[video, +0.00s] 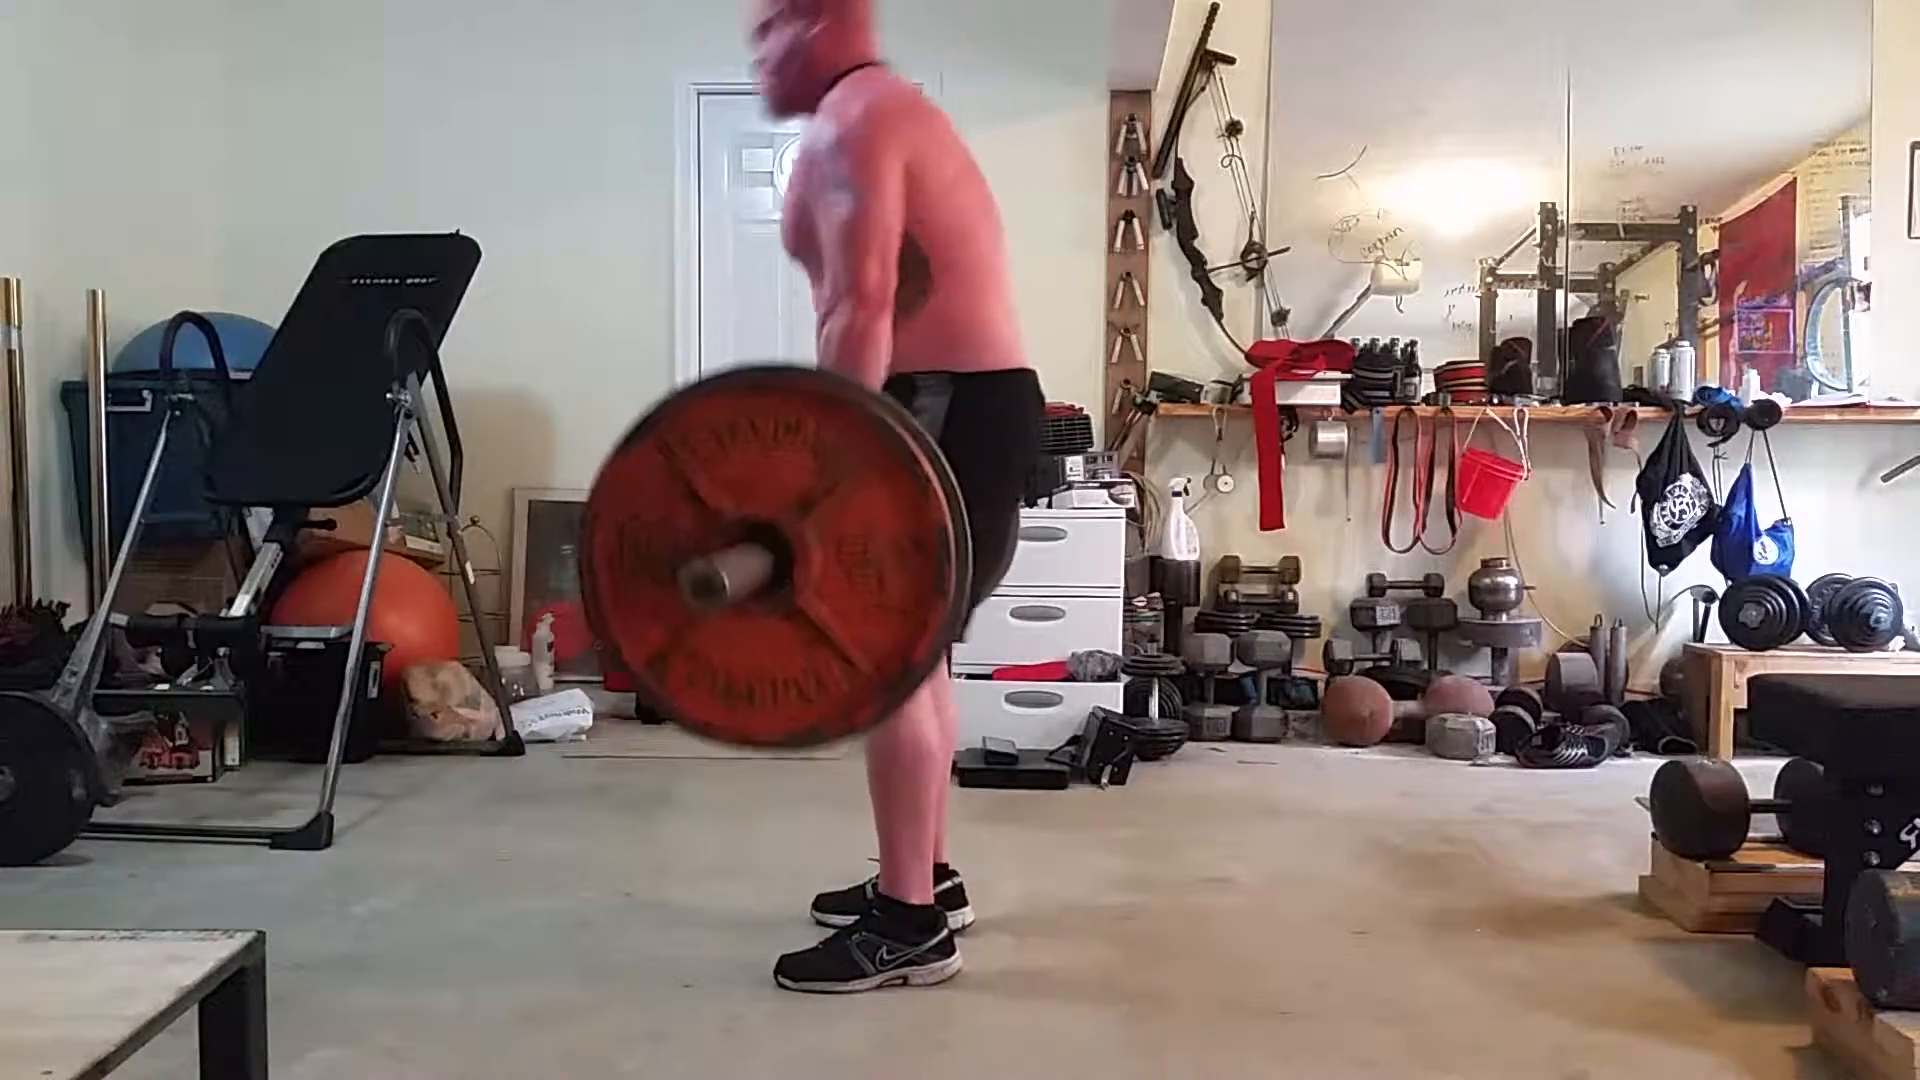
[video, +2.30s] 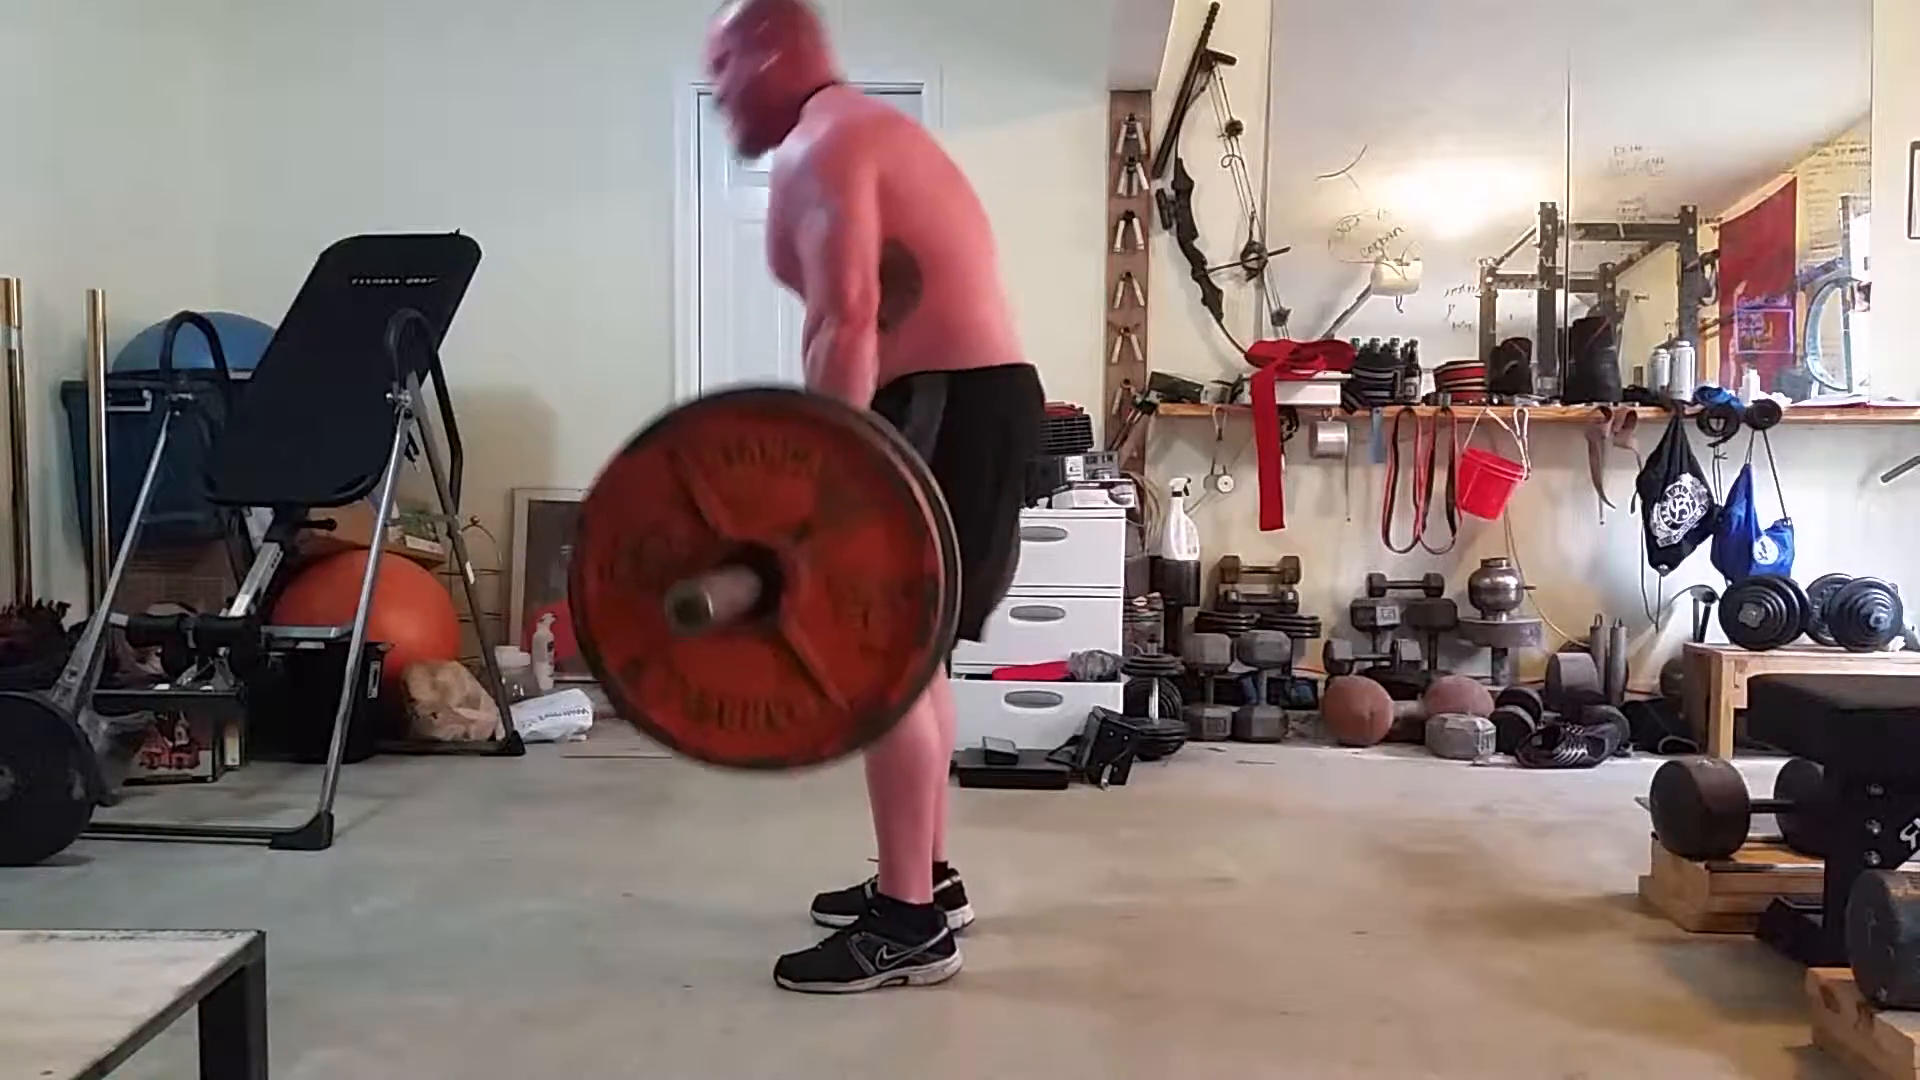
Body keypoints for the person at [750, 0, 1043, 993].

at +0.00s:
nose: (756, 54)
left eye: (768, 30)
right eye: (755, 35)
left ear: (821, 24)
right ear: (839, 31)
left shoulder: (860, 119)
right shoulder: (870, 117)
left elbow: (861, 305)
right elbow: (869, 312)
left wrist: (820, 470)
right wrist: (816, 463)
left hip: (948, 403)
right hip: (961, 403)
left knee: (895, 651)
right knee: (913, 649)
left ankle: (907, 919)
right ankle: (924, 881)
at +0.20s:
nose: (677, 168)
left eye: (679, 142)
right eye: (670, 148)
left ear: (727, 112)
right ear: (743, 114)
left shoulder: (801, 186)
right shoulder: (806, 185)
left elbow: (837, 369)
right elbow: (841, 372)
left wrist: (818, 544)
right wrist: (816, 545)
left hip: (975, 408)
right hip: (967, 405)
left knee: (913, 646)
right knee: (917, 642)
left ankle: (910, 913)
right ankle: (920, 878)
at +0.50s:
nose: (652, 313)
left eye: (648, 289)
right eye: (642, 297)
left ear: (688, 245)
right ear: (696, 242)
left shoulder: (768, 301)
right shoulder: (781, 291)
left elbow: (819, 486)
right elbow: (863, 490)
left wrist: (815, 655)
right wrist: (844, 640)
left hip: (1004, 419)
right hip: (982, 423)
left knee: (922, 662)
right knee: (918, 660)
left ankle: (905, 920)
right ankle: (920, 881)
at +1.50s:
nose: (696, 164)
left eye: (706, 140)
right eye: (696, 143)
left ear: (757, 130)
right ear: (773, 134)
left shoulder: (814, 204)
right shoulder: (827, 202)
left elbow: (851, 385)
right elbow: (835, 390)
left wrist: (829, 557)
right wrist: (827, 551)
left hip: (997, 412)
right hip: (969, 413)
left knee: (929, 657)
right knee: (917, 648)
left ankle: (914, 918)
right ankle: (919, 883)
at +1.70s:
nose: (765, 40)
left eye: (782, 19)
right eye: (770, 22)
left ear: (836, 25)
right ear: (851, 33)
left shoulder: (859, 124)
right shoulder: (873, 121)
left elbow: (867, 304)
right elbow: (878, 308)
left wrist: (838, 467)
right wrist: (835, 461)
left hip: (959, 399)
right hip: (970, 398)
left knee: (925, 657)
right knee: (932, 654)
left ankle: (912, 917)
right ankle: (926, 882)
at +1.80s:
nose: (804, 15)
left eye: (818, 2)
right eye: (810, 2)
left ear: (868, 8)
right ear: (894, 16)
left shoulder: (886, 100)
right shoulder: (929, 100)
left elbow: (886, 282)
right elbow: (914, 287)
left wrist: (826, 445)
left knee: (916, 657)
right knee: (931, 653)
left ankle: (911, 919)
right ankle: (929, 880)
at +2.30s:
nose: (714, 100)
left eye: (721, 74)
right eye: (712, 80)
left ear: (776, 56)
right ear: (789, 59)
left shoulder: (831, 144)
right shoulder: (848, 137)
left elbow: (845, 324)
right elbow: (861, 324)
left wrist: (810, 489)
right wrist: (811, 483)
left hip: (949, 402)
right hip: (958, 401)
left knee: (898, 651)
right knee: (909, 649)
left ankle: (909, 917)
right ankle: (920, 878)